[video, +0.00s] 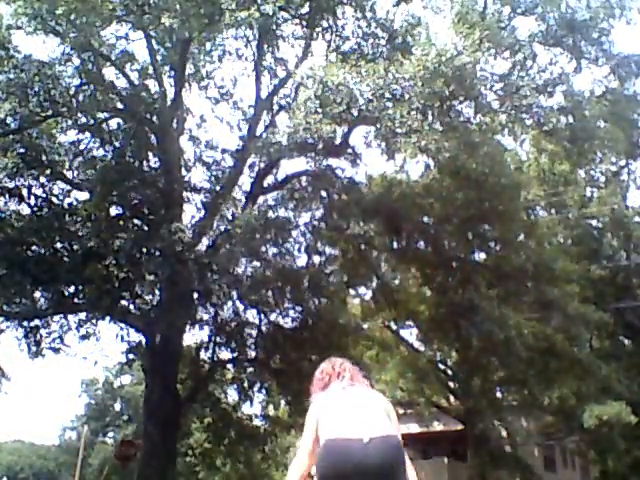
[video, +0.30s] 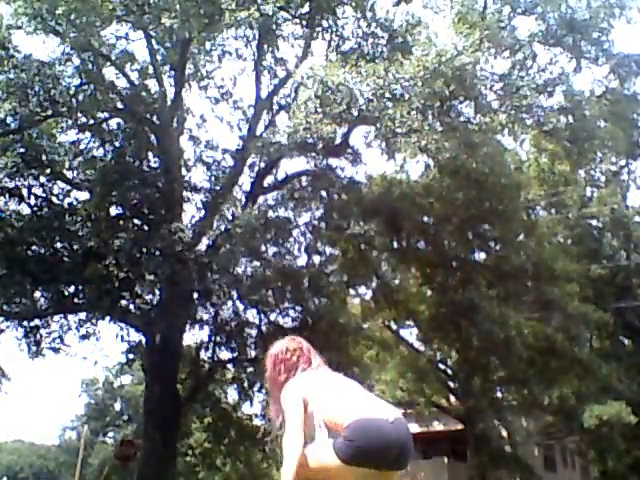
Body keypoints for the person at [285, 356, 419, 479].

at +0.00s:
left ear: (321, 380)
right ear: (358, 376)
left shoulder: (319, 401)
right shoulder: (381, 397)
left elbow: (305, 456)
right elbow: (400, 450)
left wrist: (293, 475)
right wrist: (411, 475)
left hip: (336, 454)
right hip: (387, 454)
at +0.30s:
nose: (269, 378)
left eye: (271, 371)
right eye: (269, 371)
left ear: (281, 368)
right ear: (310, 358)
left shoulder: (293, 388)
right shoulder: (332, 376)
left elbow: (294, 440)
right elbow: (323, 437)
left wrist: (287, 474)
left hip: (365, 438)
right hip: (403, 438)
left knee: (296, 466)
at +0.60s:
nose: (246, 337)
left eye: (250, 328)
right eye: (245, 330)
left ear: (265, 324)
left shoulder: (298, 348)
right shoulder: (273, 362)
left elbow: (331, 394)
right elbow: (289, 412)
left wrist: (353, 445)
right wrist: (280, 459)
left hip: (365, 419)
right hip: (337, 424)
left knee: (302, 468)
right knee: (280, 468)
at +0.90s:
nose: (297, 304)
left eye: (302, 297)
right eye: (293, 296)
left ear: (320, 294)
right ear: (289, 292)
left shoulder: (342, 320)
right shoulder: (283, 322)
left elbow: (353, 370)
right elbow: (262, 368)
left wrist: (370, 414)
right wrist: (245, 408)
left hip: (320, 413)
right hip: (280, 411)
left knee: (349, 467)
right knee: (296, 470)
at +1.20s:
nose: (356, 275)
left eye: (356, 269)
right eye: (354, 269)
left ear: (325, 268)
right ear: (344, 269)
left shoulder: (303, 297)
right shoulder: (338, 295)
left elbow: (278, 338)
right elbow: (322, 333)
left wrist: (305, 353)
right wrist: (369, 351)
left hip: (282, 384)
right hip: (313, 382)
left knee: (309, 473)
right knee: (336, 470)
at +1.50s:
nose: (295, 276)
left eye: (297, 271)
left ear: (308, 266)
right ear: (332, 264)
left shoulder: (319, 287)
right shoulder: (346, 302)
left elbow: (317, 313)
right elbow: (365, 344)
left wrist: (287, 294)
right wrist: (352, 315)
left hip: (319, 378)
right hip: (343, 379)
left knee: (283, 465)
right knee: (332, 470)